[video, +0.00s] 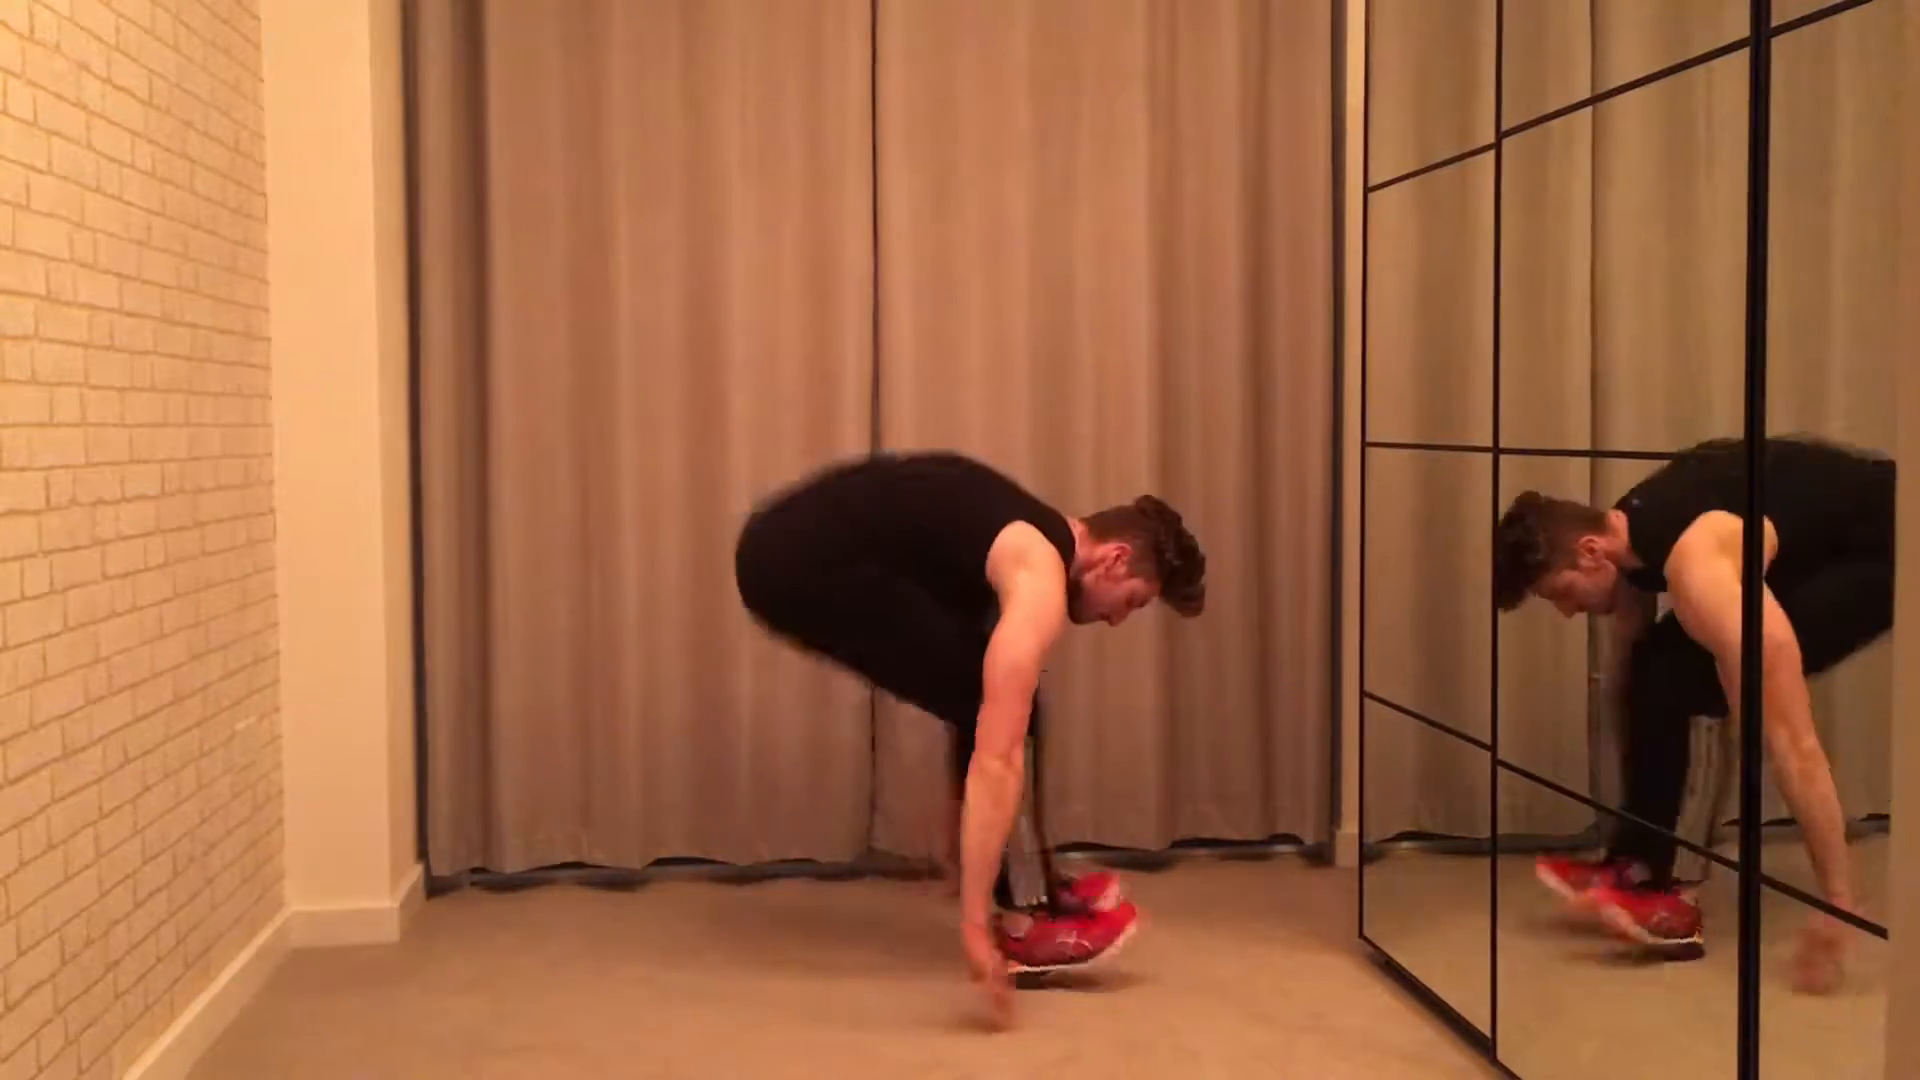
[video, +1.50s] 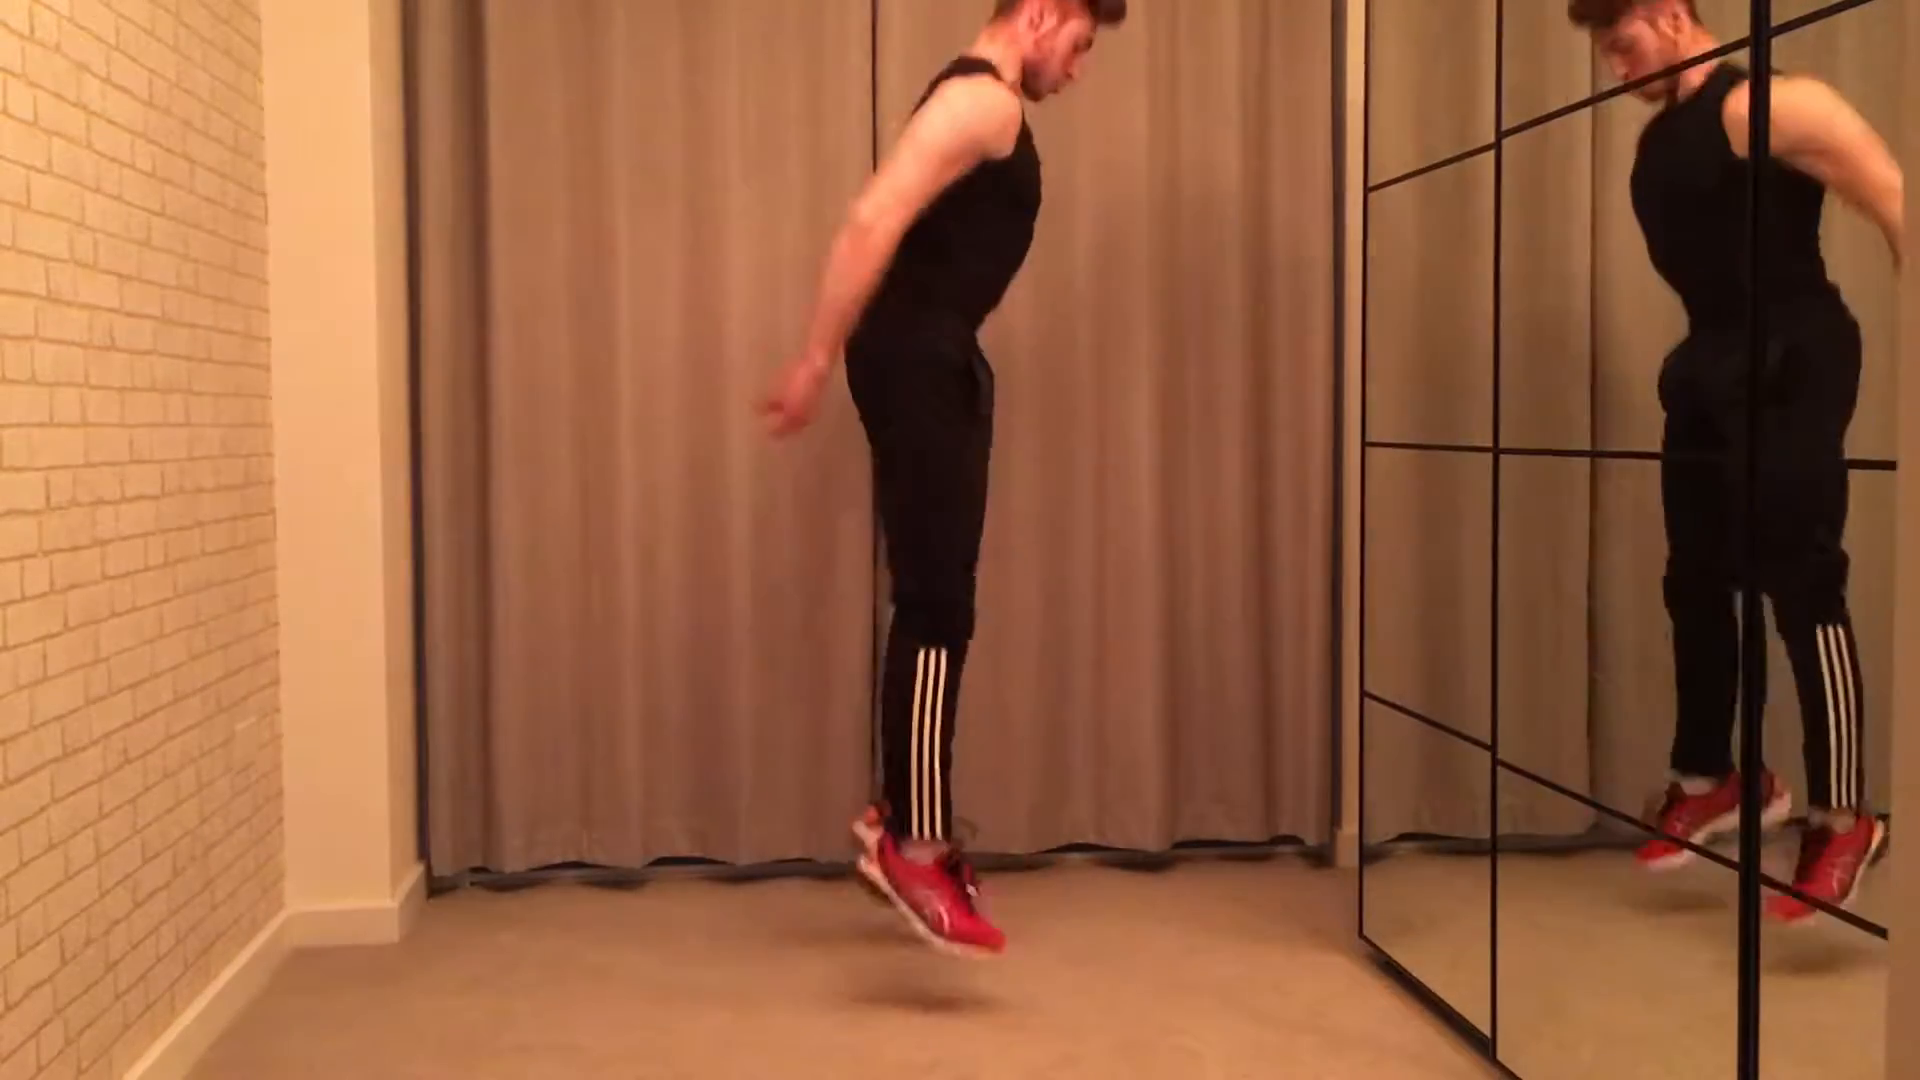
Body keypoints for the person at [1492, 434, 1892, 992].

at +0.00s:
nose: (1570, 612)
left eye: (1563, 594)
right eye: (1556, 602)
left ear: (1592, 553)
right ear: (1593, 548)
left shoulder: (1701, 569)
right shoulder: (1630, 541)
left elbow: (1796, 742)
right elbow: (1627, 678)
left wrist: (1840, 902)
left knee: (1668, 671)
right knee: (1649, 665)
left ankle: (1650, 881)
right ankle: (1632, 861)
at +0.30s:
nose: (1551, 690)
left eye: (1544, 675)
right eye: (1540, 682)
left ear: (1565, 630)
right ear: (1564, 624)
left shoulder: (1685, 635)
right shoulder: (1615, 626)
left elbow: (1761, 807)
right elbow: (1595, 772)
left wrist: (1809, 965)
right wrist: (1617, 898)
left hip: (1885, 559)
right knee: (1900, 753)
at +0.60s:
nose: (1557, 742)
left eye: (1546, 729)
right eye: (1545, 737)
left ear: (1564, 684)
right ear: (1564, 677)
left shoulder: (1687, 662)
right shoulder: (1611, 642)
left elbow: (1795, 821)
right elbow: (1593, 778)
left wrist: (1812, 968)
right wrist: (1616, 897)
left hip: (1882, 649)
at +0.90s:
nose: (1611, 696)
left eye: (1604, 681)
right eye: (1598, 689)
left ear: (1628, 639)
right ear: (1627, 630)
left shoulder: (1739, 626)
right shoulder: (1653, 602)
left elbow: (1793, 805)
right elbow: (1619, 755)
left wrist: (1810, 962)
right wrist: (1616, 890)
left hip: (1893, 472)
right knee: (1771, 686)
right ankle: (1864, 814)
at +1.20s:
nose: (1575, 407)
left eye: (1581, 387)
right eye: (1568, 393)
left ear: (1630, 366)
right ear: (1617, 373)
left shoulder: (1732, 461)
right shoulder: (1635, 458)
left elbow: (1786, 637)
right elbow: (1596, 605)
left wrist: (1800, 794)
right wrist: (1585, 744)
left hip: (1872, 587)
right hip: (1777, 578)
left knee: (1741, 722)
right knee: (1654, 710)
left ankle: (1854, 918)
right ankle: (1741, 872)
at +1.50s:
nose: (1614, 61)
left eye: (1622, 36)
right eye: (1603, 46)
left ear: (1675, 15)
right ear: (1613, 44)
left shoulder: (1774, 105)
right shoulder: (1665, 131)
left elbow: (1894, 204)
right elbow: (1721, 257)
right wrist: (1713, 355)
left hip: (1793, 365)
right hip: (1708, 369)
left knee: (1801, 587)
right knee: (1701, 580)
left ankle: (1846, 818)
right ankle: (1715, 779)